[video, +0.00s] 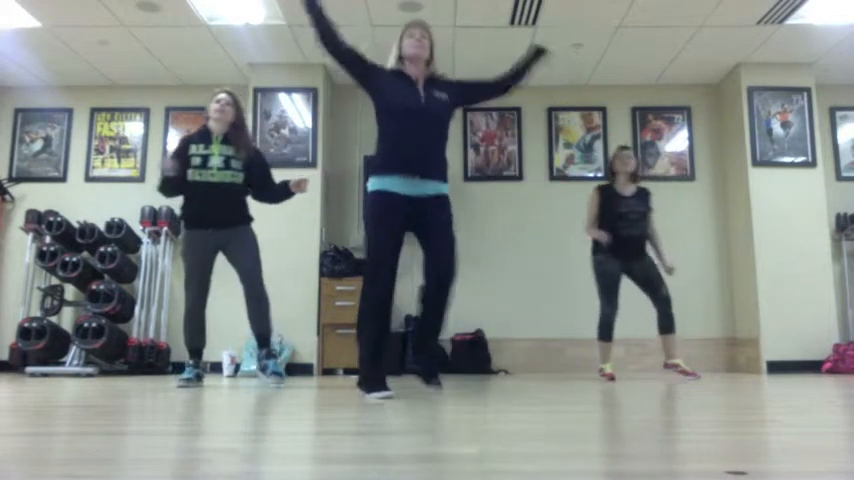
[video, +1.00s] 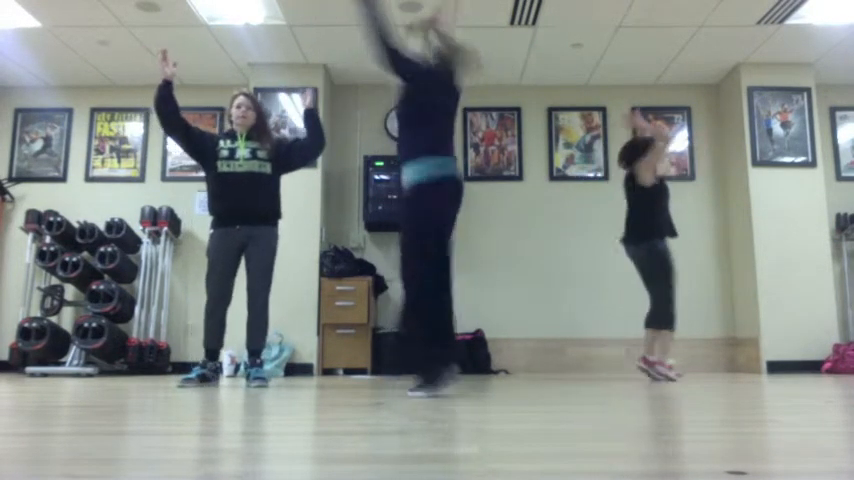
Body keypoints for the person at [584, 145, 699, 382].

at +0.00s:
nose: (625, 161)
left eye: (629, 157)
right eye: (620, 157)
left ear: (636, 164)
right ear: (613, 164)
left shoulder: (643, 193)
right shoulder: (601, 192)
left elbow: (650, 229)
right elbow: (590, 227)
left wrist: (663, 260)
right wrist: (598, 234)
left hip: (636, 255)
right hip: (608, 256)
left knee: (663, 300)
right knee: (609, 308)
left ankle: (671, 359)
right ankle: (605, 364)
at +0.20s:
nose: (616, 161)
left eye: (619, 157)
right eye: (611, 157)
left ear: (626, 163)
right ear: (602, 163)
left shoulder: (635, 192)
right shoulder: (593, 193)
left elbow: (645, 226)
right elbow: (580, 227)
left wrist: (658, 252)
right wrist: (578, 227)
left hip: (633, 254)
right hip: (604, 255)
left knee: (652, 305)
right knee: (607, 309)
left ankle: (655, 360)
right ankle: (604, 364)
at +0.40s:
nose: (616, 161)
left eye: (620, 158)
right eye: (612, 157)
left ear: (626, 164)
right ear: (603, 163)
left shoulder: (635, 191)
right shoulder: (594, 192)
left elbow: (654, 216)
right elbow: (576, 222)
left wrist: (674, 220)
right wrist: (568, 210)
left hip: (635, 255)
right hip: (605, 256)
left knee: (656, 302)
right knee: (607, 309)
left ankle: (658, 359)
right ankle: (604, 364)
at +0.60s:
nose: (629, 161)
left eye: (632, 158)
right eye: (624, 157)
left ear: (637, 164)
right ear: (614, 163)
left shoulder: (645, 187)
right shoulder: (606, 189)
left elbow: (681, 186)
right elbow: (581, 187)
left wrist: (696, 162)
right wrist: (585, 163)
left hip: (647, 253)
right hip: (618, 254)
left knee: (661, 304)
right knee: (617, 308)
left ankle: (649, 361)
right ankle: (606, 363)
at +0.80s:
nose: (643, 164)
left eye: (646, 160)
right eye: (639, 160)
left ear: (649, 164)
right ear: (629, 164)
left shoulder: (653, 184)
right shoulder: (621, 188)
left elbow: (677, 180)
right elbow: (616, 173)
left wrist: (672, 164)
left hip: (658, 250)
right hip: (633, 250)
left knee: (663, 302)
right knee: (654, 298)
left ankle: (650, 361)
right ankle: (630, 354)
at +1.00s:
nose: (662, 152)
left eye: (661, 148)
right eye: (656, 148)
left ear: (637, 152)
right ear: (648, 150)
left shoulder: (649, 172)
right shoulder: (641, 171)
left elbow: (664, 156)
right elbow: (658, 147)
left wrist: (646, 129)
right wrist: (657, 134)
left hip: (641, 240)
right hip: (648, 240)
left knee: (659, 297)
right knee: (664, 297)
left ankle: (649, 356)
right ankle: (660, 360)